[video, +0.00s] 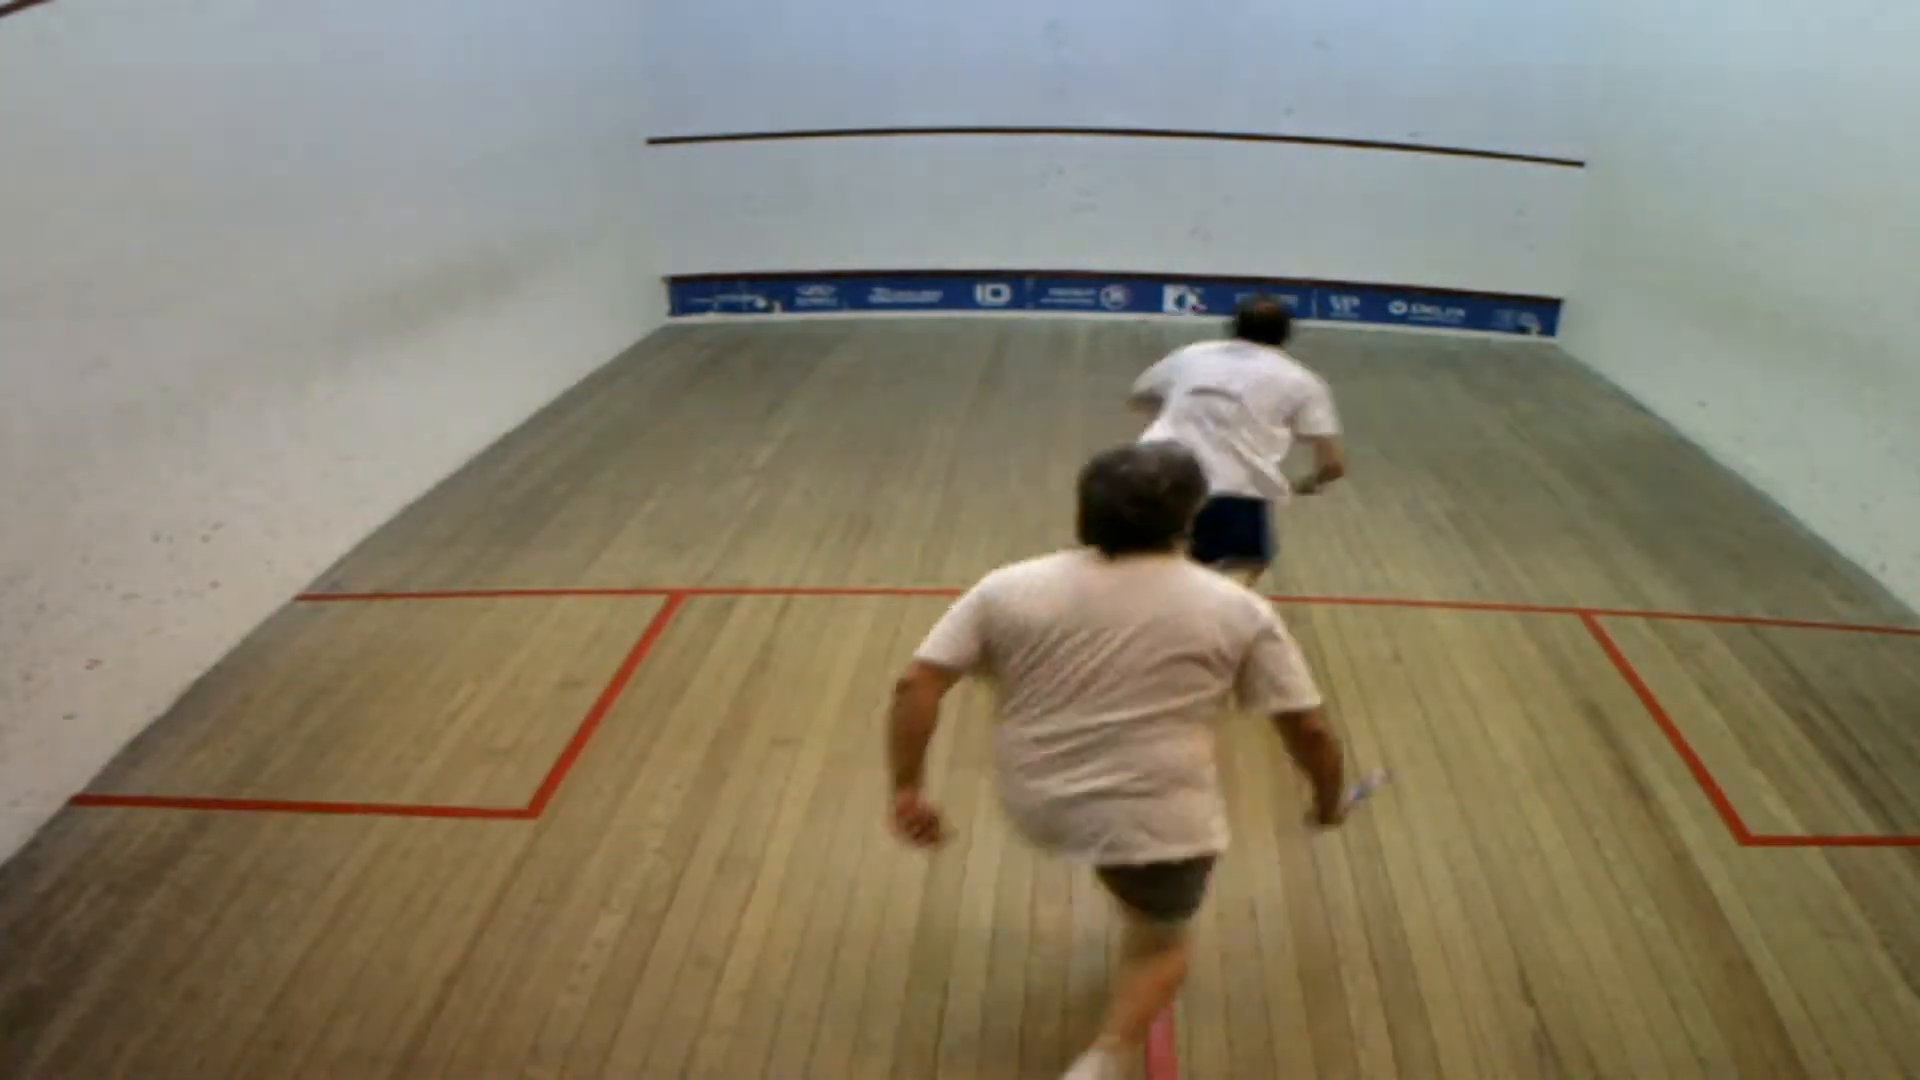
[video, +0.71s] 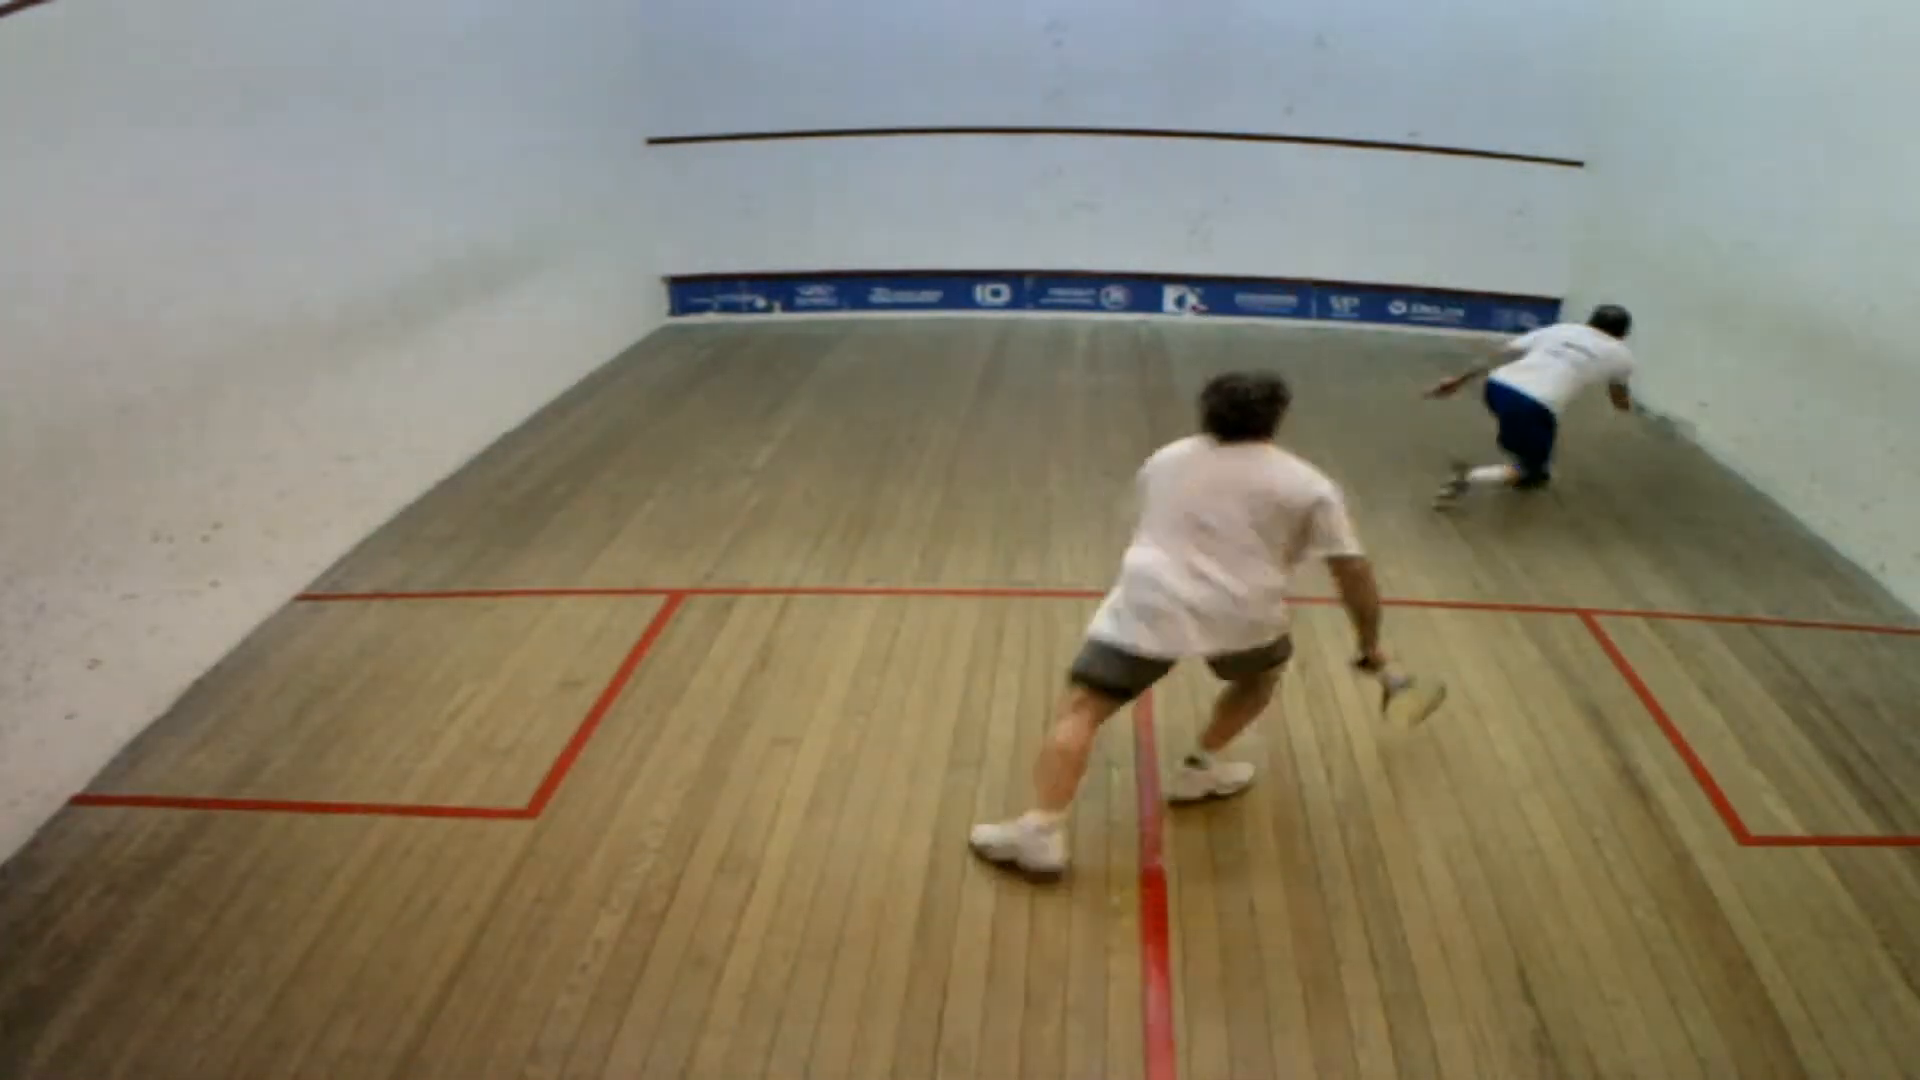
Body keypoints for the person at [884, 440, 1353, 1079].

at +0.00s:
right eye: (1193, 516)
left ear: (1087, 516)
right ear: (1185, 524)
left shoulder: (1015, 591)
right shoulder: (1229, 608)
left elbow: (916, 684)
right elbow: (1310, 731)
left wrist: (905, 789)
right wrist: (1330, 800)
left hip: (1039, 812)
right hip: (1160, 828)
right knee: (1158, 949)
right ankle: (1101, 1062)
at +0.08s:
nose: (1210, 509)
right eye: (1206, 500)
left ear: (1103, 501)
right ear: (1197, 510)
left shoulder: (1037, 575)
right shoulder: (1240, 590)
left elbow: (942, 664)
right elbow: (1320, 707)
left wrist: (939, 765)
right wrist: (1345, 768)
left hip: (1063, 792)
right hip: (1182, 793)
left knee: (1110, 829)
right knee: (1196, 888)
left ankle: (1157, 919)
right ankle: (1147, 992)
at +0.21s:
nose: (1239, 473)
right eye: (1234, 464)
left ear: (1143, 465)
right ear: (1226, 470)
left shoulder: (1085, 526)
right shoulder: (1270, 544)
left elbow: (1002, 610)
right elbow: (1341, 652)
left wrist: (1024, 659)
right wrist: (1362, 719)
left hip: (1095, 720)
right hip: (1207, 718)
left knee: (1121, 787)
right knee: (1224, 755)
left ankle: (1156, 914)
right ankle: (1225, 855)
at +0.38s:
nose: (1251, 449)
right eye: (1248, 441)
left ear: (1170, 443)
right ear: (1244, 449)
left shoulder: (1119, 502)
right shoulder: (1291, 522)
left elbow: (1043, 559)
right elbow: (1348, 618)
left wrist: (1078, 588)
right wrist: (1359, 690)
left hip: (1124, 682)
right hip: (1229, 687)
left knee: (1076, 744)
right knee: (1247, 704)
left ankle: (1133, 848)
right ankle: (1251, 764)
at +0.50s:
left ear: (1159, 438)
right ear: (1231, 440)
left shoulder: (1112, 498)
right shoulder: (1277, 511)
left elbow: (1059, 568)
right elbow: (1327, 604)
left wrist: (1078, 605)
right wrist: (1341, 673)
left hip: (1136, 665)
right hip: (1239, 670)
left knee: (1045, 712)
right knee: (1256, 678)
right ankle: (1248, 760)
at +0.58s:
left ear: (1152, 442)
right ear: (1224, 443)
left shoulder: (1108, 499)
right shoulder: (1271, 510)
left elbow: (1073, 573)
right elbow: (1318, 602)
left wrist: (1100, 629)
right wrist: (1335, 674)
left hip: (1134, 657)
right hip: (1238, 661)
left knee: (1045, 725)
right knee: (1264, 664)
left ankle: (1033, 846)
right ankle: (1250, 758)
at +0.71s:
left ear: (1208, 416)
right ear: (1273, 423)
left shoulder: (1164, 463)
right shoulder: (1304, 484)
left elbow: (1152, 535)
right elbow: (1354, 574)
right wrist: (1369, 646)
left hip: (1148, 609)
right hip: (1240, 620)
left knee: (1081, 709)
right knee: (1260, 673)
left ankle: (1043, 826)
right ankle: (1203, 763)